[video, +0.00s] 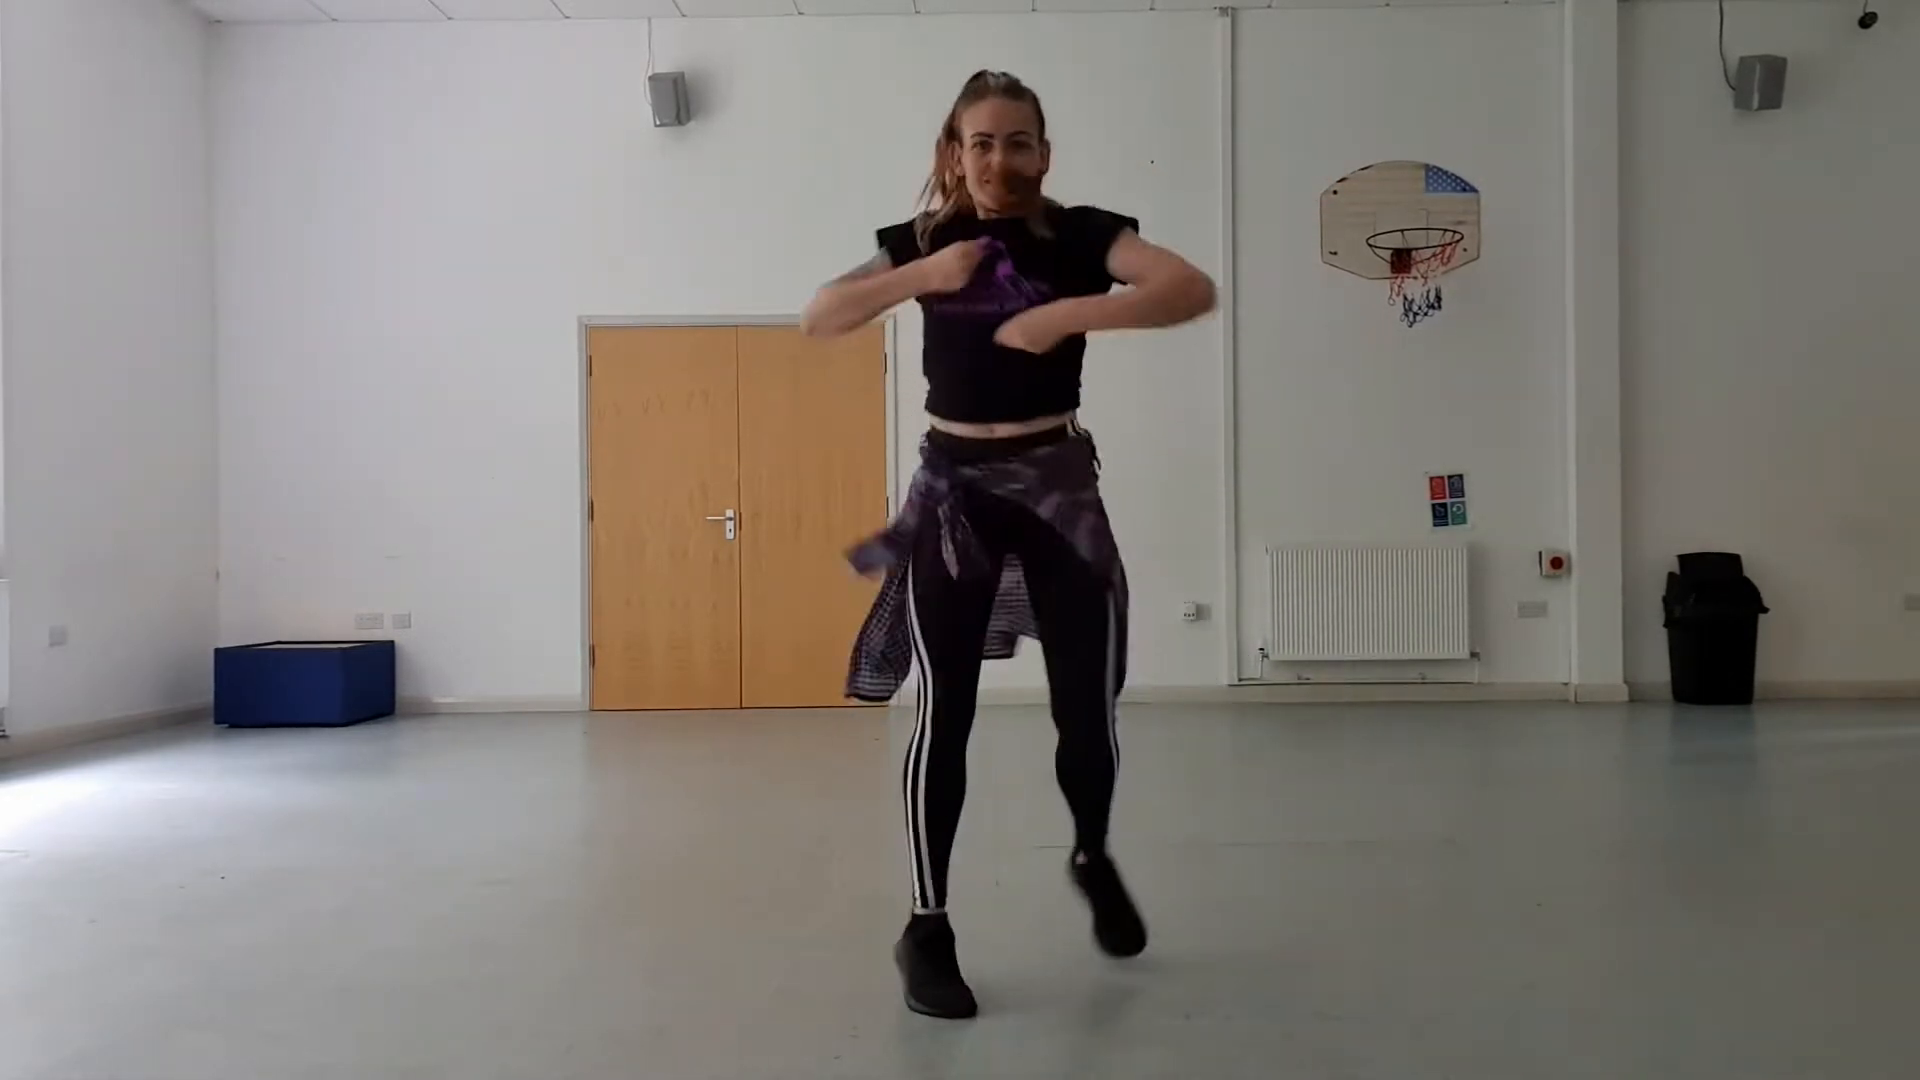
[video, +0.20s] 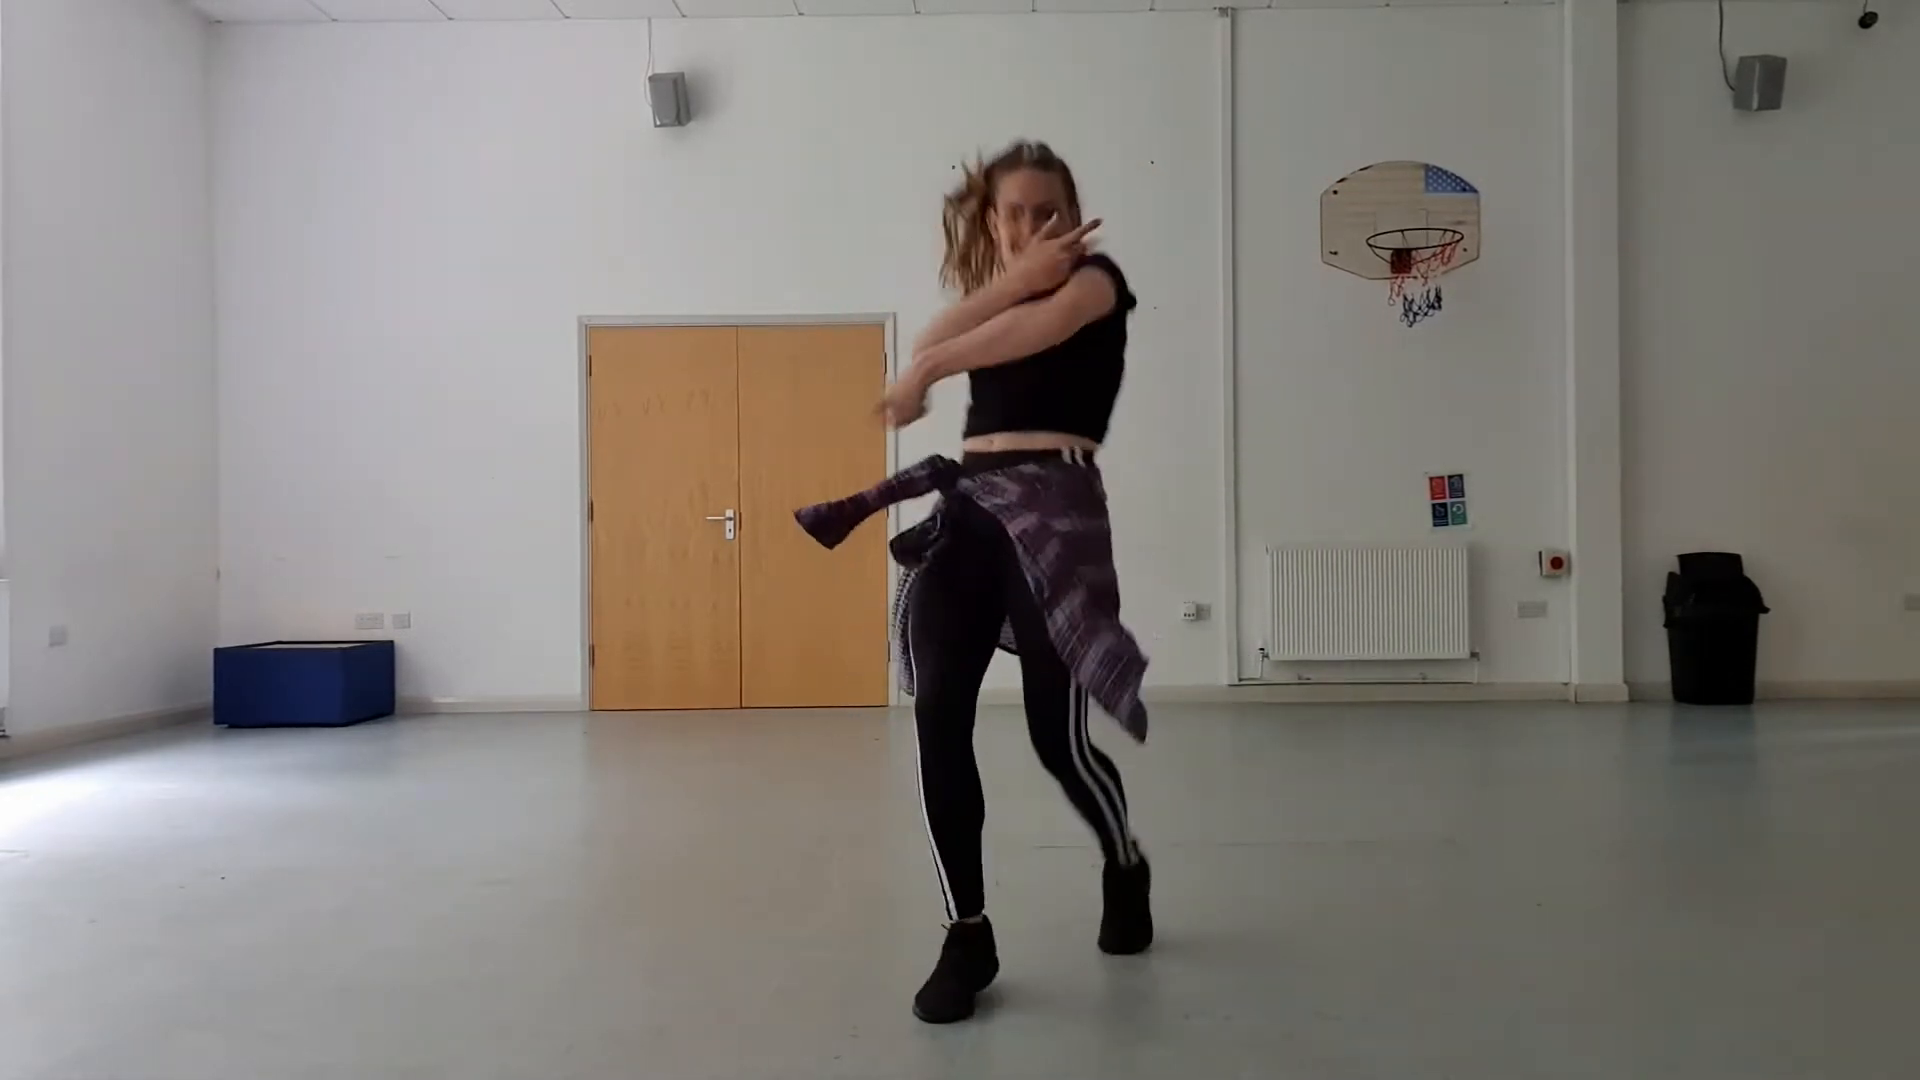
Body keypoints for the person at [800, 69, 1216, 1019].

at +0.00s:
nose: (999, 159)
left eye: (1017, 142)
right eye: (981, 142)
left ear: (1043, 150)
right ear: (952, 152)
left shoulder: (1080, 233)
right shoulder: (922, 244)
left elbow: (1193, 290)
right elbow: (819, 320)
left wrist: (1069, 315)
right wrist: (927, 272)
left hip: (1059, 481)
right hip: (954, 485)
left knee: (1090, 717)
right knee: (945, 715)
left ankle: (1093, 858)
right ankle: (928, 925)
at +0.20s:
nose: (1028, 228)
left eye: (1044, 213)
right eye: (1011, 215)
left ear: (1074, 220)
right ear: (988, 226)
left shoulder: (1097, 280)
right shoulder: (980, 304)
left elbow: (1040, 326)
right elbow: (925, 353)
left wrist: (930, 373)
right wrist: (1022, 276)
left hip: (1055, 506)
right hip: (968, 504)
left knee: (1059, 736)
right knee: (940, 725)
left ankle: (1124, 863)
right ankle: (967, 932)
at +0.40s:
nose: (1059, 279)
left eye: (1074, 266)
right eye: (1046, 266)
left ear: (1098, 274)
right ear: (1024, 276)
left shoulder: (1126, 342)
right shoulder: (996, 348)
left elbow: (1085, 354)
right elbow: (997, 336)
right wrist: (1007, 294)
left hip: (1114, 558)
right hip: (1020, 558)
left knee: (1100, 743)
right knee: (963, 709)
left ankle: (1117, 893)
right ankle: (955, 908)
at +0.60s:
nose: (1082, 284)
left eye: (1096, 271)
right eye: (1066, 273)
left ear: (1118, 282)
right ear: (1040, 286)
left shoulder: (1134, 359)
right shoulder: (1016, 339)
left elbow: (1219, 346)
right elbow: (934, 330)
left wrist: (1308, 311)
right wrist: (841, 300)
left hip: (1113, 550)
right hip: (1029, 556)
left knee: (1149, 712)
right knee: (1051, 731)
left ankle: (1125, 882)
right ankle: (985, 784)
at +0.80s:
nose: (1068, 297)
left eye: (1083, 283)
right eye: (1052, 286)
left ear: (1108, 294)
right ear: (1032, 299)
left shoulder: (1128, 369)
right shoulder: (1003, 353)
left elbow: (1248, 347)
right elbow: (893, 353)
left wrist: (1365, 309)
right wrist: (786, 342)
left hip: (1098, 553)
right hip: (1021, 556)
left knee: (1130, 716)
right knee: (1065, 735)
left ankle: (1128, 881)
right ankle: (1025, 839)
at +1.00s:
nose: (1043, 272)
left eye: (1058, 260)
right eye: (1030, 261)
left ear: (1082, 272)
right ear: (1012, 277)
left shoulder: (1118, 346)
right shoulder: (988, 345)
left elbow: (1230, 356)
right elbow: (883, 357)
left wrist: (1328, 347)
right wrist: (786, 349)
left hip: (1078, 529)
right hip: (998, 526)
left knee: (1112, 680)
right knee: (1011, 684)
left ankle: (1099, 809)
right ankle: (1017, 843)